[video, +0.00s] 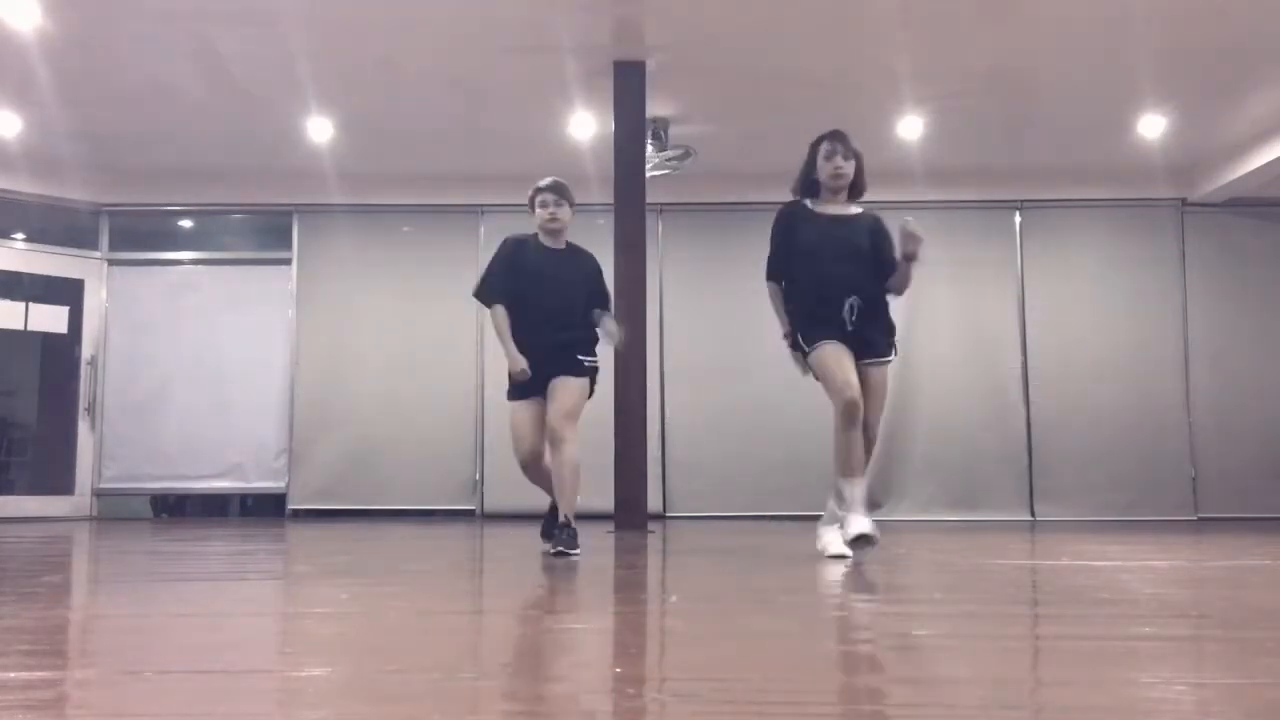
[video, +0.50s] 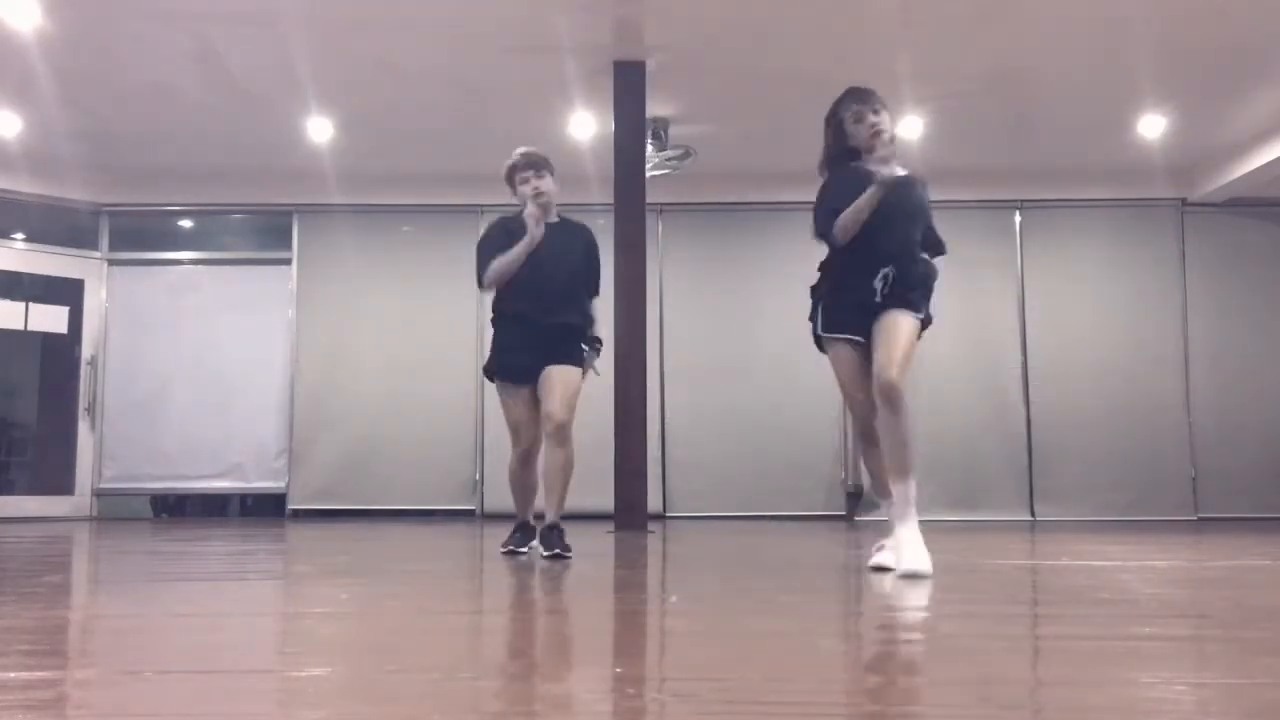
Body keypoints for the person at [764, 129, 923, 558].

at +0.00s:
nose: (838, 163)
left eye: (845, 157)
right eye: (829, 156)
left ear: (856, 167)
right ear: (814, 166)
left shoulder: (871, 222)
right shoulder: (793, 217)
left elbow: (894, 287)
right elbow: (774, 278)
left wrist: (907, 260)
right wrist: (787, 326)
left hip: (871, 326)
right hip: (818, 325)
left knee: (867, 428)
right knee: (850, 399)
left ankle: (832, 523)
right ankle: (856, 511)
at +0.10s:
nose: (846, 160)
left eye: (854, 153)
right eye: (837, 154)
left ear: (865, 163)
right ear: (821, 163)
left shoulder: (883, 215)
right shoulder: (799, 217)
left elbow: (908, 261)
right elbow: (766, 268)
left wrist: (933, 278)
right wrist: (784, 306)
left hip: (878, 327)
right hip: (823, 327)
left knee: (861, 428)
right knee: (854, 415)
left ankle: (826, 525)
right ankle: (874, 531)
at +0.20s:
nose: (853, 148)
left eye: (860, 141)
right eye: (843, 142)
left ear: (873, 150)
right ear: (827, 153)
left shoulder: (893, 199)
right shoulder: (810, 207)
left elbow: (924, 262)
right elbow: (770, 260)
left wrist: (952, 314)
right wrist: (792, 274)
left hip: (886, 326)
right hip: (828, 325)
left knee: (883, 440)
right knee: (850, 414)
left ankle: (840, 488)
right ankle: (874, 533)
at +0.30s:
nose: (857, 141)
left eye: (864, 133)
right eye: (846, 134)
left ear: (877, 141)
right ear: (832, 146)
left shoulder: (902, 188)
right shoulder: (823, 204)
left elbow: (933, 257)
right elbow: (789, 275)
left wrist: (933, 319)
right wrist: (811, 228)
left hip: (888, 308)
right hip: (828, 314)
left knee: (892, 393)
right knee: (851, 423)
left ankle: (872, 435)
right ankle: (875, 535)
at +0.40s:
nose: (859, 135)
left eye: (864, 125)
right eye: (847, 132)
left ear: (879, 130)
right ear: (836, 147)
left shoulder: (917, 181)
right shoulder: (834, 199)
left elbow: (930, 253)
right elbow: (812, 265)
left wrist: (916, 304)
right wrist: (843, 210)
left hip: (894, 292)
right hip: (835, 302)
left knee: (885, 350)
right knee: (854, 421)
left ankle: (888, 449)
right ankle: (877, 533)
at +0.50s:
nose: (872, 122)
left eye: (877, 113)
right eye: (859, 119)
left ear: (891, 120)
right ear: (843, 134)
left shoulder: (911, 182)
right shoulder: (840, 180)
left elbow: (927, 241)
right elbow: (835, 233)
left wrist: (926, 262)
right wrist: (877, 187)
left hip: (901, 286)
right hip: (844, 294)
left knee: (888, 383)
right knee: (863, 415)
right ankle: (898, 530)